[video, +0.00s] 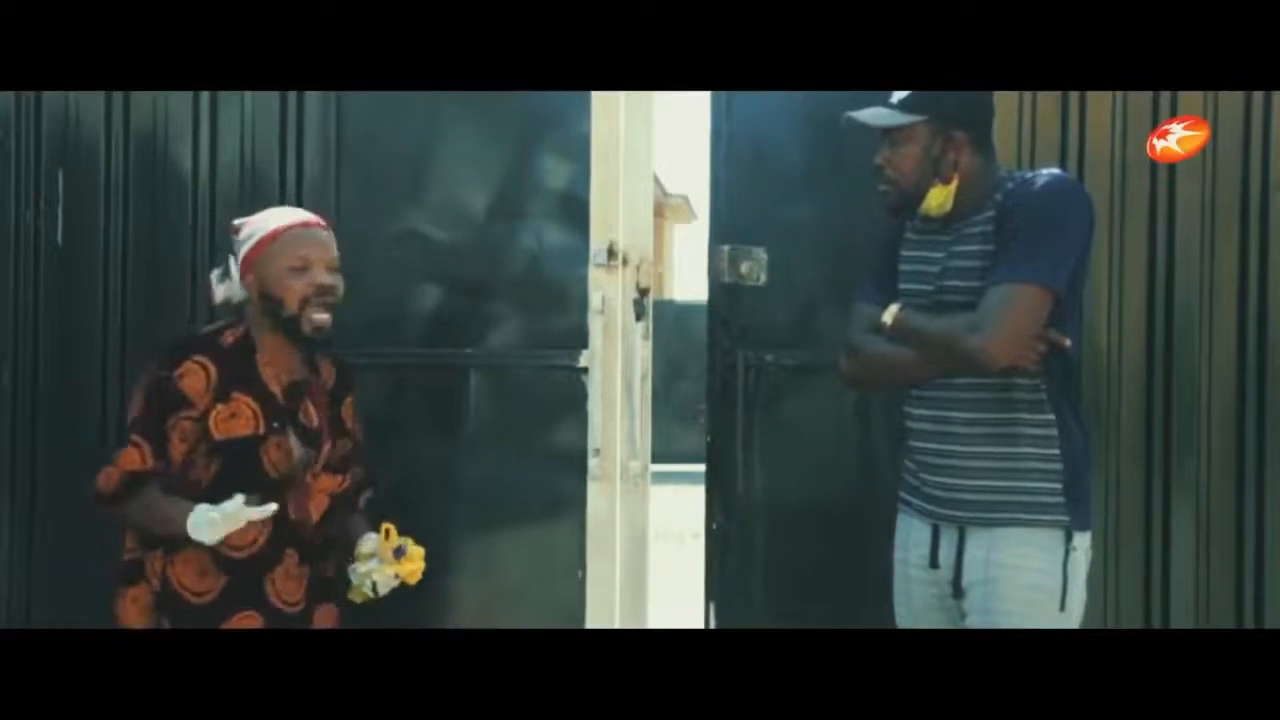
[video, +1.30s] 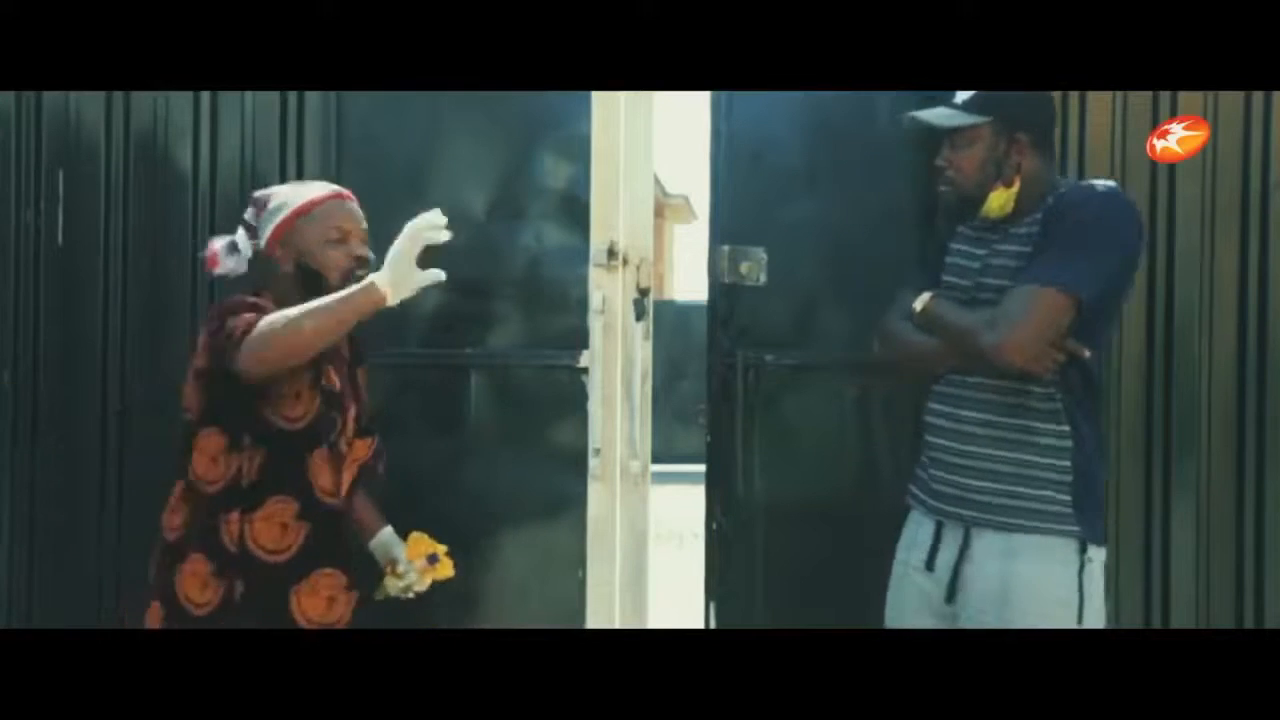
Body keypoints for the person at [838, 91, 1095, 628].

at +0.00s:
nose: (878, 161)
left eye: (896, 143)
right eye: (880, 143)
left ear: (954, 146)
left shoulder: (1048, 198)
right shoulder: (903, 223)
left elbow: (995, 345)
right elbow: (855, 362)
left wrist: (894, 318)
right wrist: (984, 343)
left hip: (1026, 523)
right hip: (922, 513)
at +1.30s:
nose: (941, 159)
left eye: (959, 142)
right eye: (943, 143)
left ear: (1016, 149)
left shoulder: (1097, 210)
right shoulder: (969, 230)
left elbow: (1012, 343)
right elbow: (891, 341)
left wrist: (925, 304)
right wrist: (1001, 342)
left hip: (1038, 536)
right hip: (933, 518)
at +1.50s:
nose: (989, 155)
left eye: (1007, 137)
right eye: (990, 137)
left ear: (1064, 144)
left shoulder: (1152, 206)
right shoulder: (998, 226)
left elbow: (1079, 339)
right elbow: (928, 340)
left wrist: (974, 302)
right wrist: (1052, 335)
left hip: (1088, 533)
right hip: (973, 519)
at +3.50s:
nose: (991, 154)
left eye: (1008, 138)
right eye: (990, 138)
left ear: (1067, 138)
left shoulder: (1163, 190)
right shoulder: (1005, 216)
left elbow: (1095, 329)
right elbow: (941, 342)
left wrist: (984, 300)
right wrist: (1071, 329)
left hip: (1120, 527)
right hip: (1002, 515)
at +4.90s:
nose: (977, 168)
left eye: (992, 148)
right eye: (975, 149)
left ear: (1054, 143)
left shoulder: (1154, 188)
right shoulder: (998, 216)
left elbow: (1092, 330)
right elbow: (939, 344)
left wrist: (983, 303)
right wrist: (1067, 327)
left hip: (1121, 528)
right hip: (1002, 517)